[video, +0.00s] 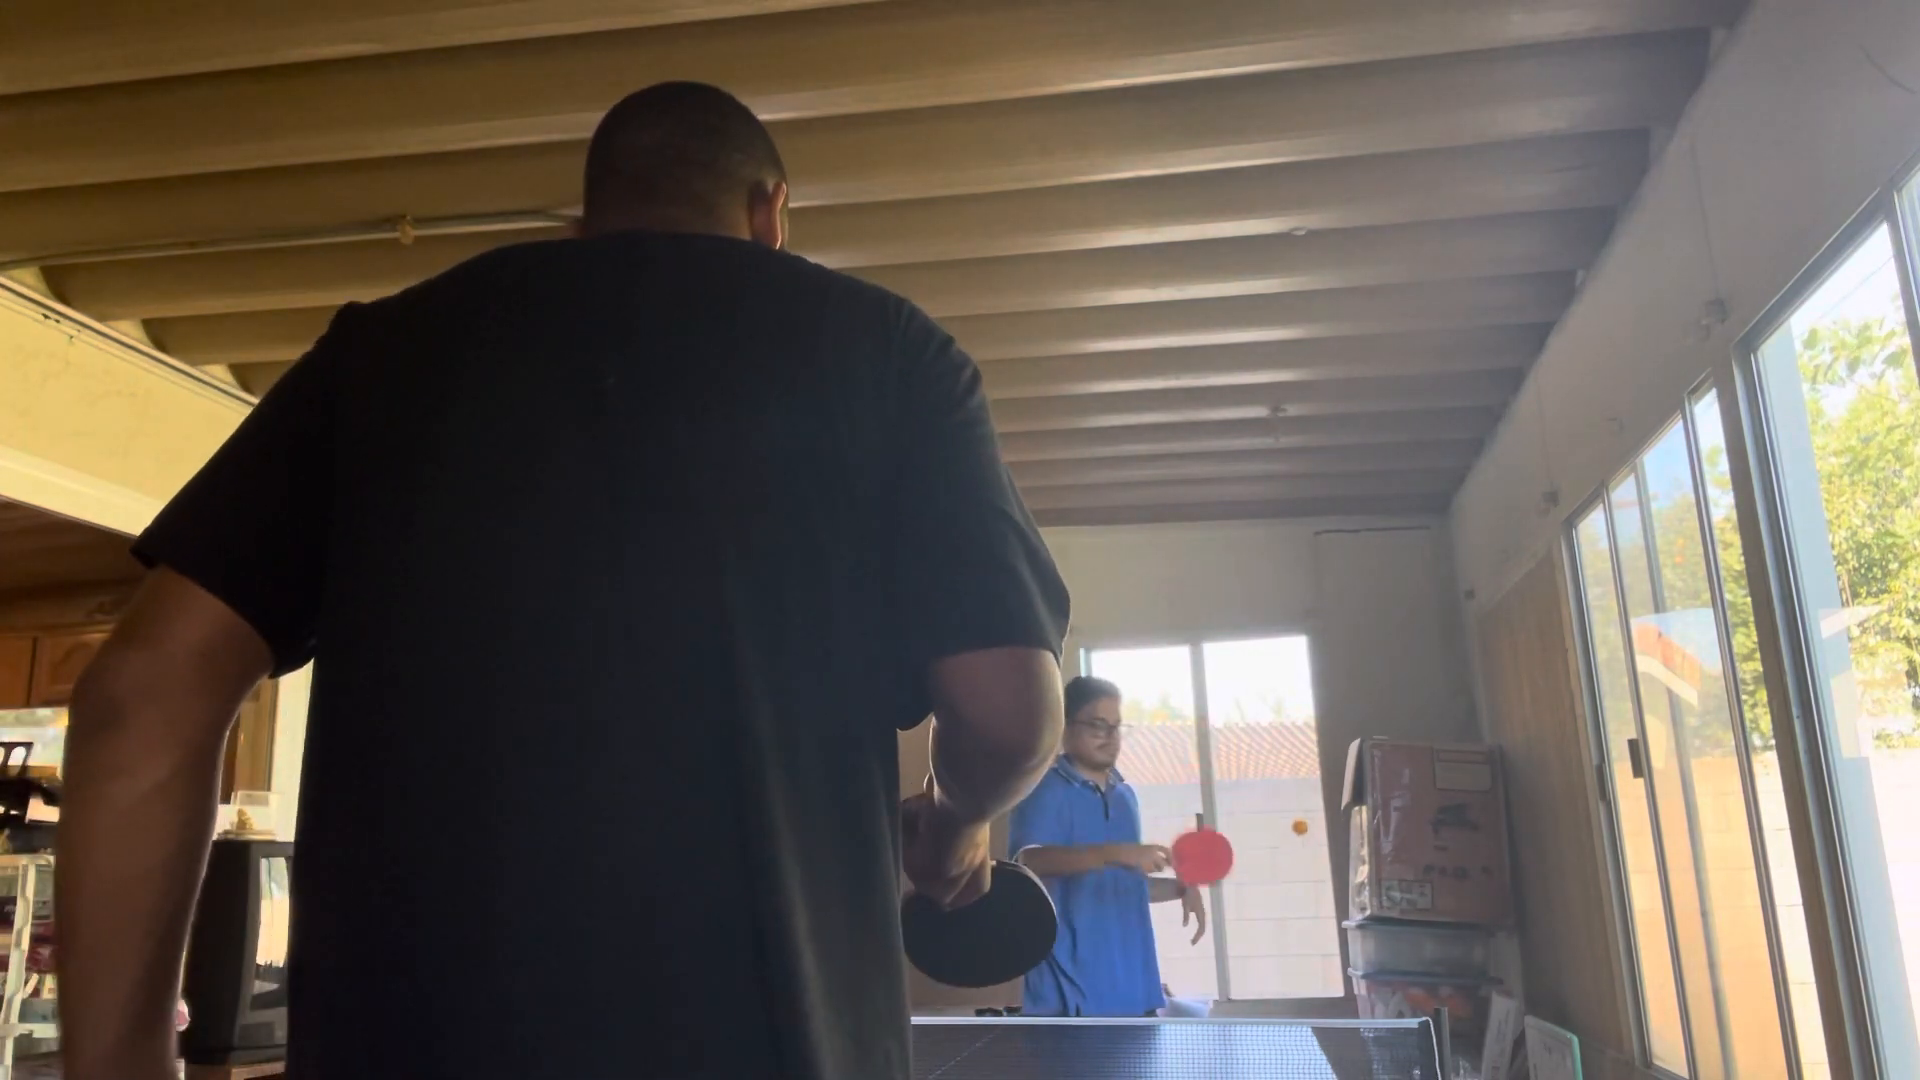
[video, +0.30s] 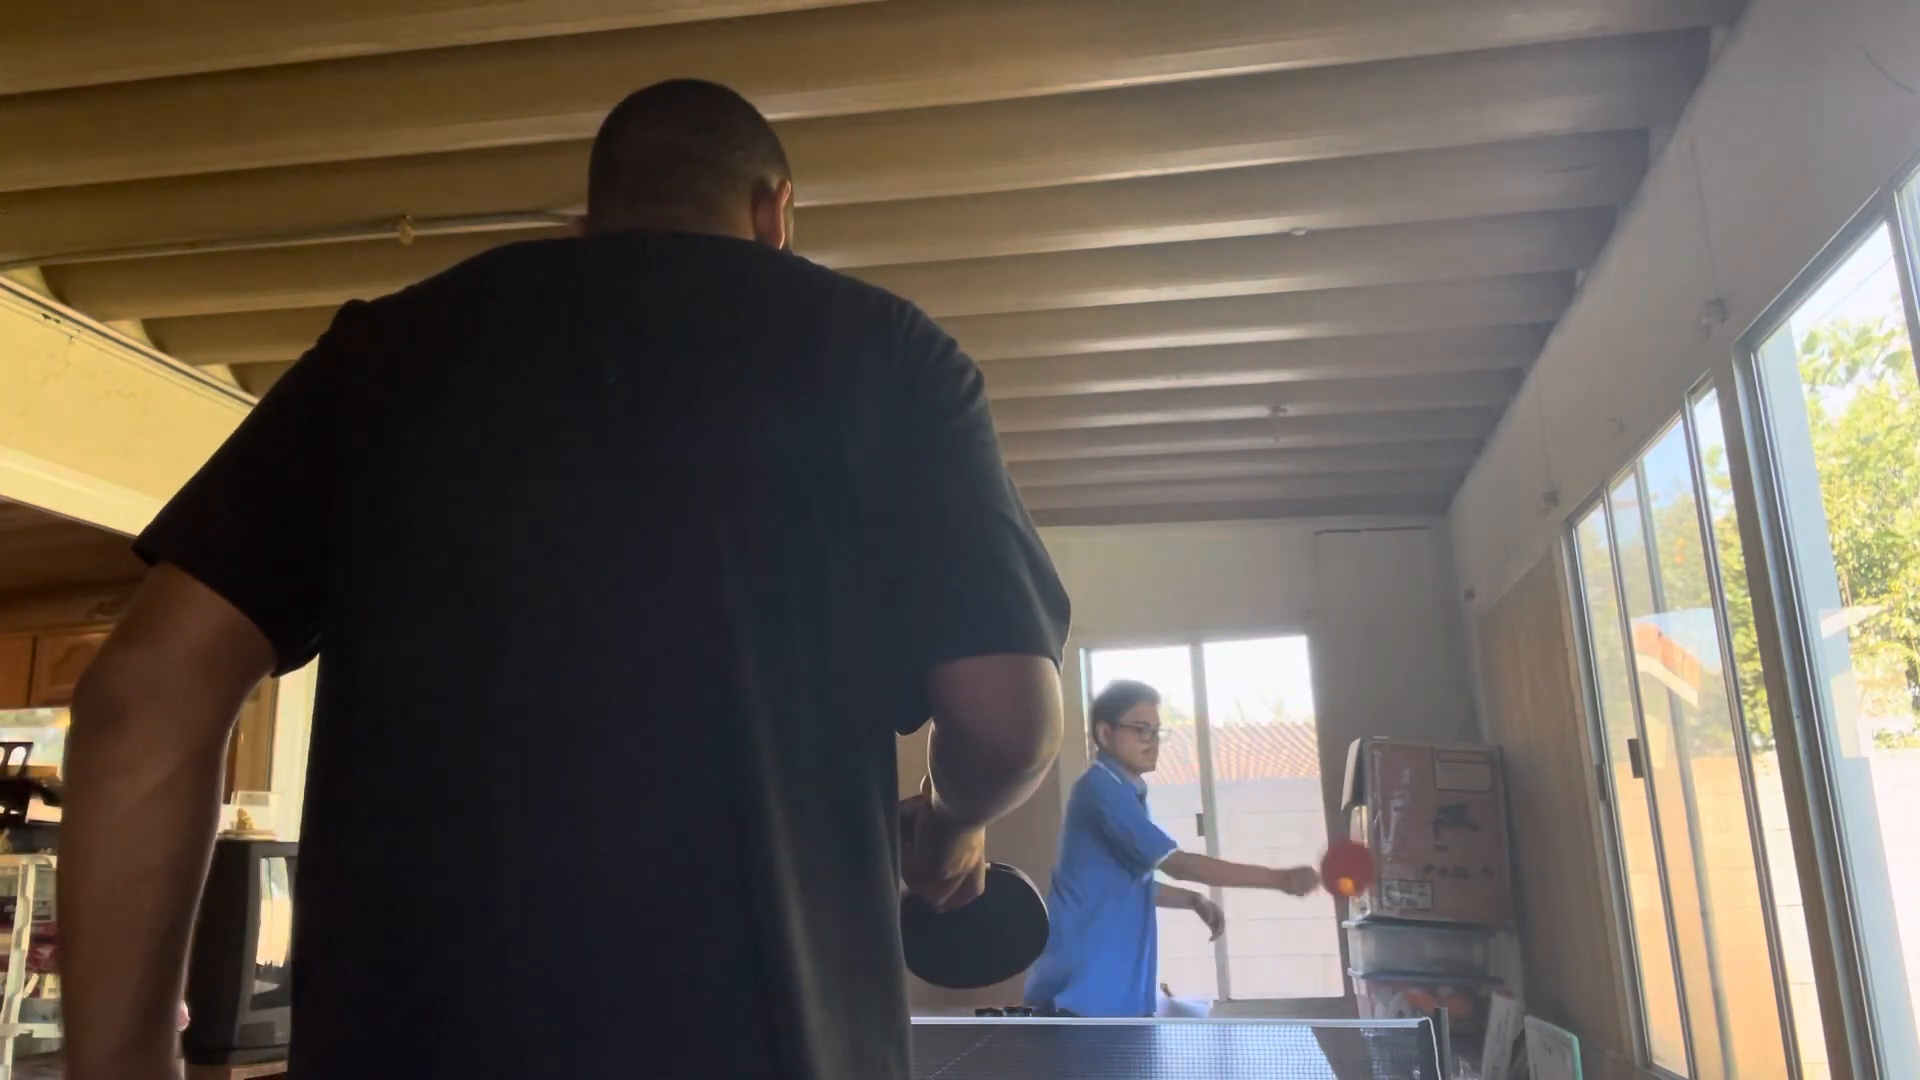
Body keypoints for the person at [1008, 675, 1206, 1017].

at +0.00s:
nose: (1109, 737)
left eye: (1115, 727)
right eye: (1096, 726)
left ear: (1121, 728)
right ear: (1064, 728)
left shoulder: (1123, 796)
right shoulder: (1046, 789)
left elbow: (1119, 888)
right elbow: (1027, 859)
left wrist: (1179, 888)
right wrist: (1119, 853)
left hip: (1130, 988)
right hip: (1066, 994)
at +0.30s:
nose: (1153, 740)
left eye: (1156, 731)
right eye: (1140, 730)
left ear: (1160, 734)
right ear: (1104, 734)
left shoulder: (1123, 790)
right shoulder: (1102, 787)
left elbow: (1126, 885)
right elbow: (1178, 863)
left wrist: (1193, 899)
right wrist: (1280, 878)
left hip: (1112, 987)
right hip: (1081, 991)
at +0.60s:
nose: (1158, 734)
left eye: (1165, 724)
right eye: (1143, 722)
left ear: (1172, 731)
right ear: (1115, 729)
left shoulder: (1159, 791)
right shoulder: (1107, 789)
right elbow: (1113, 876)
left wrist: (1189, 933)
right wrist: (1189, 859)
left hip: (1171, 980)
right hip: (1118, 984)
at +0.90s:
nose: (1166, 737)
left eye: (1174, 727)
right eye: (1152, 725)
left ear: (1182, 733)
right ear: (1125, 731)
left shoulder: (1175, 794)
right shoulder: (1113, 793)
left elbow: (1188, 891)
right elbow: (1108, 885)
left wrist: (1239, 937)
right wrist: (1174, 897)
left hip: (1195, 986)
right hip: (1147, 990)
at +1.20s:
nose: (1183, 745)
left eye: (1191, 735)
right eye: (1169, 733)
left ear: (1198, 736)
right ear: (1141, 733)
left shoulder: (1179, 794)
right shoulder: (1127, 792)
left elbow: (1186, 888)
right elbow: (1120, 884)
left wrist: (1215, 959)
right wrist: (1210, 920)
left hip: (1192, 992)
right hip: (1150, 997)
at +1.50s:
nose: (1189, 752)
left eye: (1198, 741)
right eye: (1176, 739)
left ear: (1205, 739)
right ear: (1147, 735)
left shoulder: (1181, 793)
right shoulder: (1131, 792)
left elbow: (1179, 894)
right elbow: (1135, 895)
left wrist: (1219, 946)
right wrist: (1214, 949)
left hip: (1188, 991)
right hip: (1152, 995)